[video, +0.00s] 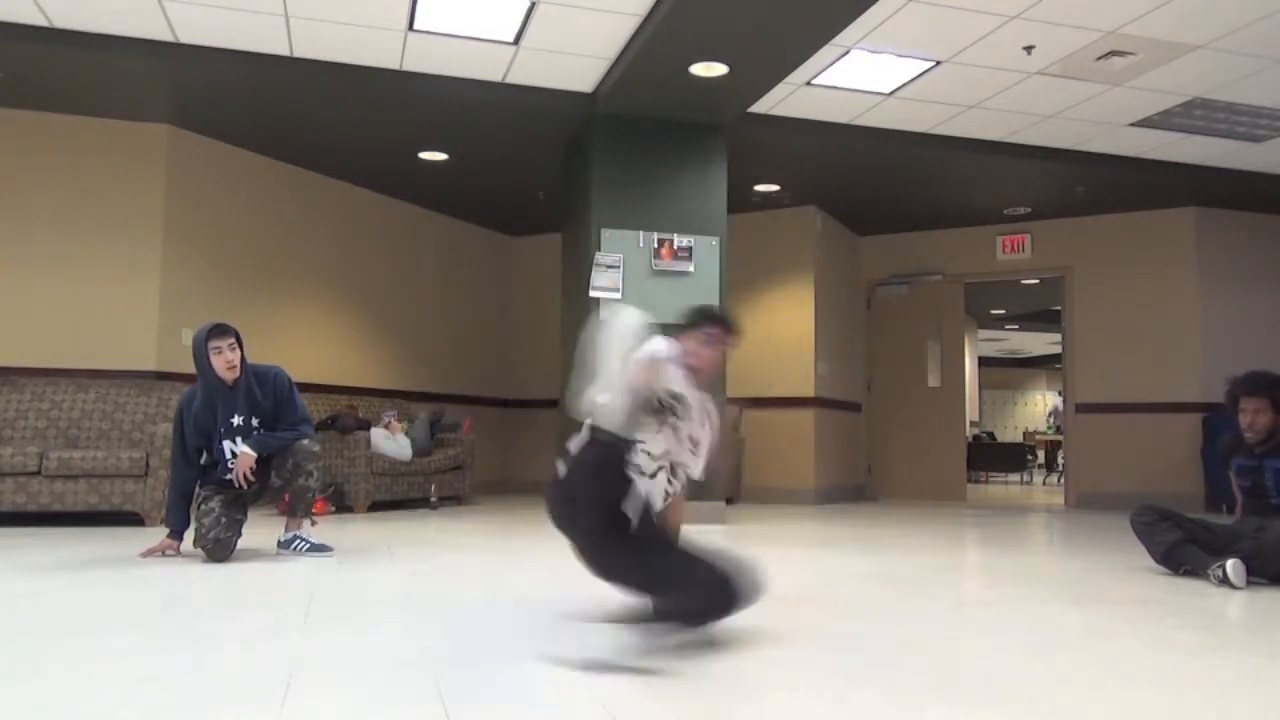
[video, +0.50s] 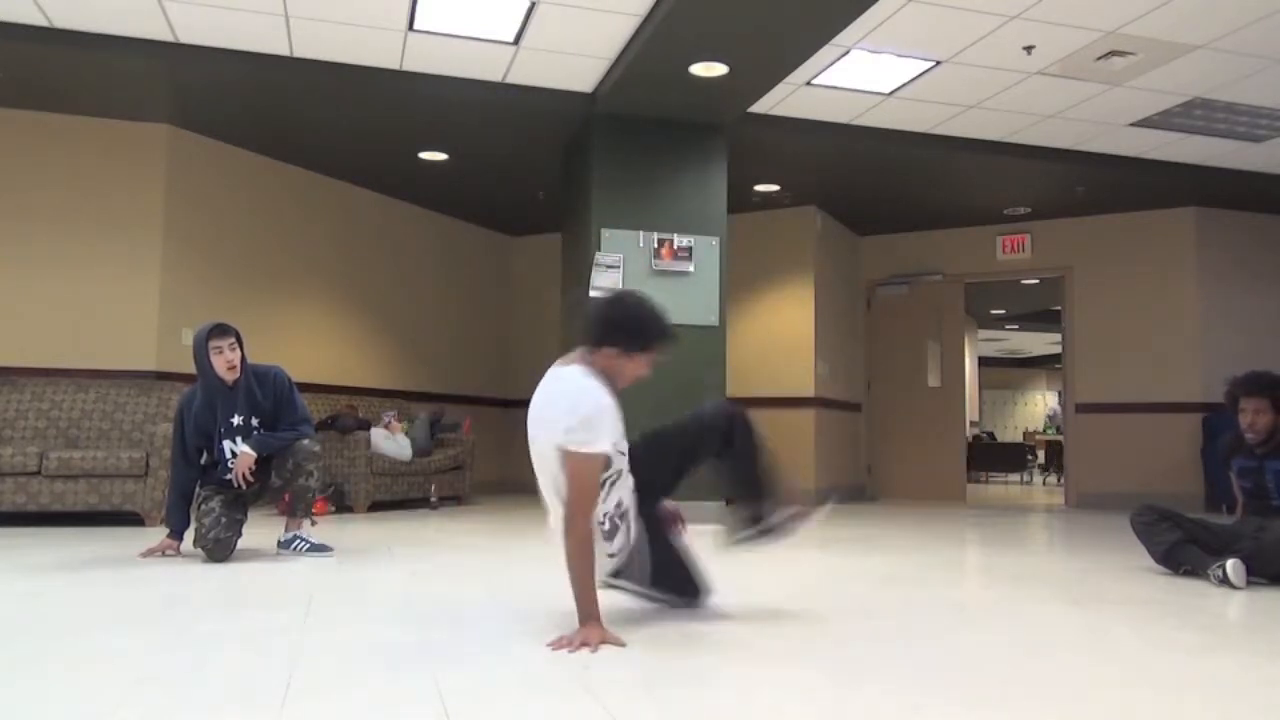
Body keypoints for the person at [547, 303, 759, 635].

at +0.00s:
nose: (710, 354)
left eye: (719, 347)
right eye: (704, 341)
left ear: (724, 354)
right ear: (684, 337)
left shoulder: (700, 412)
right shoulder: (659, 353)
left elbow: (674, 489)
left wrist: (668, 555)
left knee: (718, 590)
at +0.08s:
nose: (662, 355)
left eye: (668, 346)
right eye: (655, 341)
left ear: (671, 349)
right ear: (634, 337)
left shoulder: (650, 397)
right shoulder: (606, 358)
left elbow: (659, 500)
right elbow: (565, 417)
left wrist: (661, 598)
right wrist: (598, 375)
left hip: (651, 543)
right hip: (608, 520)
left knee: (793, 534)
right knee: (629, 422)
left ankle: (792, 631)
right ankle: (703, 436)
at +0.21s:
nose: (590, 355)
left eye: (593, 346)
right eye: (576, 348)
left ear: (598, 356)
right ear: (548, 362)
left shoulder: (611, 409)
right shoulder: (541, 411)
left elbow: (640, 494)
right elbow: (563, 511)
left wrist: (661, 593)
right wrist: (578, 609)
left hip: (688, 501)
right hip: (642, 530)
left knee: (799, 406)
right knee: (729, 500)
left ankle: (932, 455)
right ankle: (882, 590)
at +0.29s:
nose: (578, 366)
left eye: (578, 355)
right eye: (563, 360)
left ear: (581, 359)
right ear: (533, 375)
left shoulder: (593, 409)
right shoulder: (533, 425)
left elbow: (620, 497)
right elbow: (551, 537)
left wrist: (657, 592)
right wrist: (586, 622)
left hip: (675, 489)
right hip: (670, 546)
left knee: (741, 388)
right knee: (812, 577)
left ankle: (862, 368)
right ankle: (911, 604)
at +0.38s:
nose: (601, 361)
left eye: (600, 349)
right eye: (588, 351)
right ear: (554, 360)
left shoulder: (572, 400)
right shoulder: (550, 423)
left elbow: (600, 497)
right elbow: (552, 535)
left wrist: (654, 584)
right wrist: (587, 621)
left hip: (654, 500)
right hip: (656, 553)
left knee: (724, 396)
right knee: (783, 573)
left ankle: (842, 390)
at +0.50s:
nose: (649, 371)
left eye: (651, 360)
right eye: (646, 359)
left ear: (610, 347)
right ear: (618, 351)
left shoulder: (574, 370)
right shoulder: (588, 403)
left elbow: (597, 474)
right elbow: (578, 517)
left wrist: (651, 507)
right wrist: (590, 622)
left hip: (619, 482)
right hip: (614, 529)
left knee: (726, 420)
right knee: (687, 591)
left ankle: (754, 512)